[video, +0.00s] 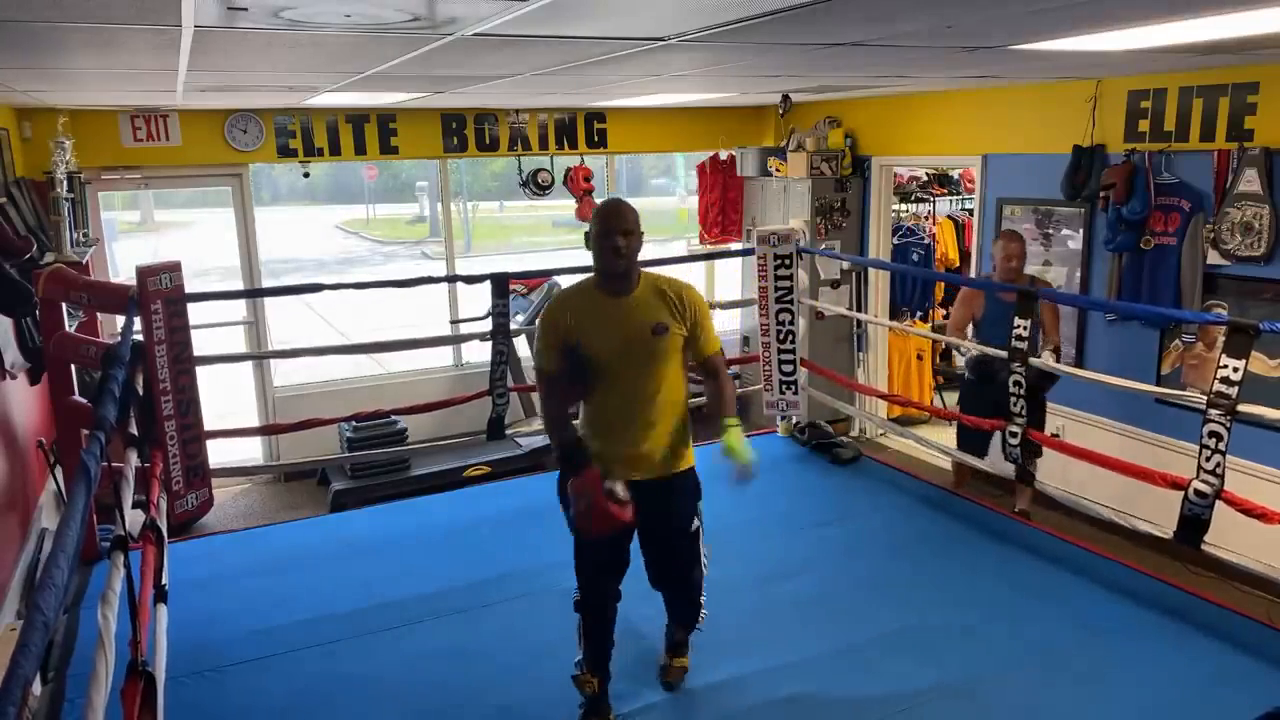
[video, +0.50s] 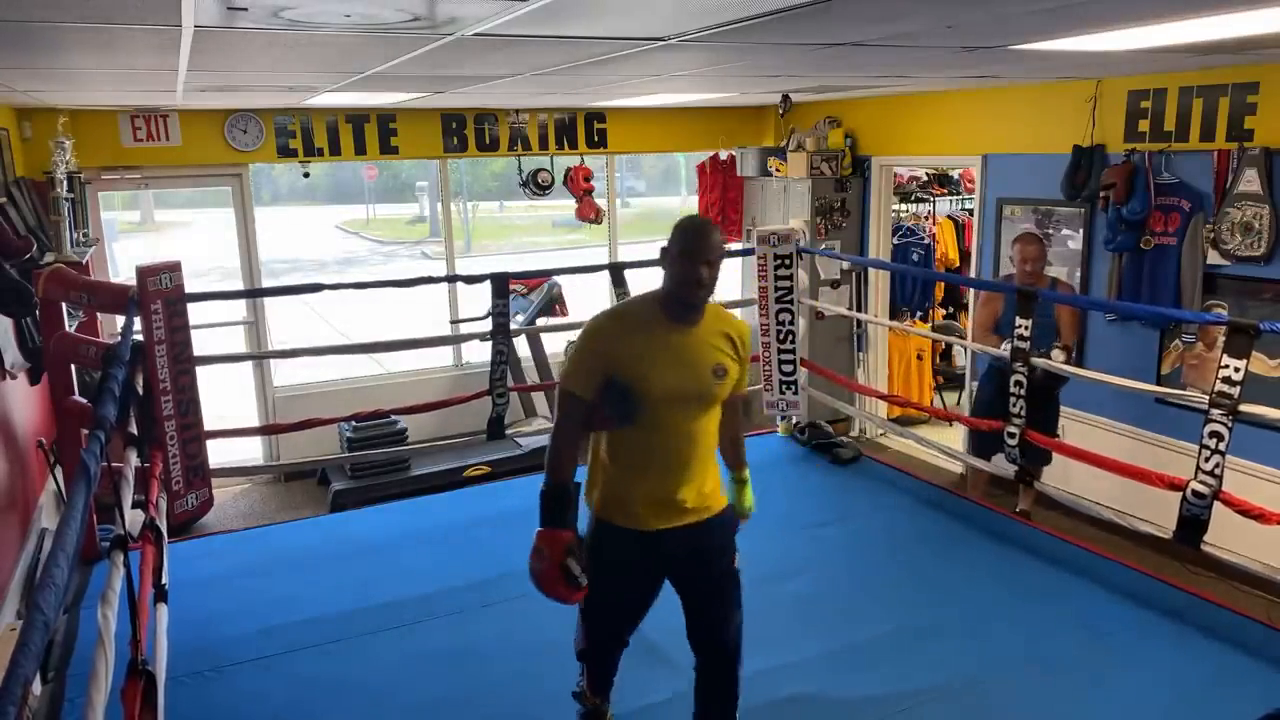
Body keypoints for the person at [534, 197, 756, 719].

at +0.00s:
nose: (618, 244)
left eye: (627, 234)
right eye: (607, 235)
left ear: (642, 239)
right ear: (589, 241)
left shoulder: (681, 300)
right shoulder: (562, 314)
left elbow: (717, 371)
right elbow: (552, 406)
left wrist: (731, 429)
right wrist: (580, 470)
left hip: (670, 475)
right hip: (598, 479)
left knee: (683, 582)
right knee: (597, 594)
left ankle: (679, 640)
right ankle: (596, 694)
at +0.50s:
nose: (703, 275)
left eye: (713, 263)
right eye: (691, 261)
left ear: (723, 267)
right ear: (665, 257)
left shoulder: (731, 334)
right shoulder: (608, 333)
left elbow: (730, 414)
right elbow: (567, 430)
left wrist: (741, 484)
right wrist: (556, 524)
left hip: (703, 523)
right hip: (623, 528)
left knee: (721, 654)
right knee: (603, 638)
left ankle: (716, 719)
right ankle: (595, 702)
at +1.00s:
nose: (789, 307)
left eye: (797, 294)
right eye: (783, 292)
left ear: (800, 288)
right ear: (748, 275)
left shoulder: (797, 353)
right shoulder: (659, 344)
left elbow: (802, 464)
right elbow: (612, 455)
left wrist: (758, 525)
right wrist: (671, 497)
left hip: (755, 563)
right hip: (683, 567)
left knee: (733, 697)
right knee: (704, 709)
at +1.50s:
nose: (851, 343)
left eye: (860, 328)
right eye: (842, 325)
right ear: (797, 300)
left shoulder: (856, 372)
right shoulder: (699, 387)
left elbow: (864, 480)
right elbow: (652, 519)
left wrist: (919, 573)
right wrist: (684, 621)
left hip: (843, 624)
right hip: (743, 647)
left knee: (889, 711)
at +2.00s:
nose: (996, 354)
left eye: (1011, 339)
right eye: (984, 331)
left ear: (1021, 331)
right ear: (932, 300)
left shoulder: (1008, 408)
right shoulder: (816, 382)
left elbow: (1028, 539)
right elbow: (743, 498)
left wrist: (1079, 651)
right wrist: (728, 559)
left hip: (943, 674)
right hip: (832, 675)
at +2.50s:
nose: (901, 358)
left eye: (925, 338)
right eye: (880, 336)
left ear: (956, 317)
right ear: (849, 310)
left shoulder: (1017, 414)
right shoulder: (788, 428)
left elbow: (1052, 544)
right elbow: (755, 544)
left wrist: (1088, 675)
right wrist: (726, 591)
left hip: (1005, 697)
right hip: (867, 703)